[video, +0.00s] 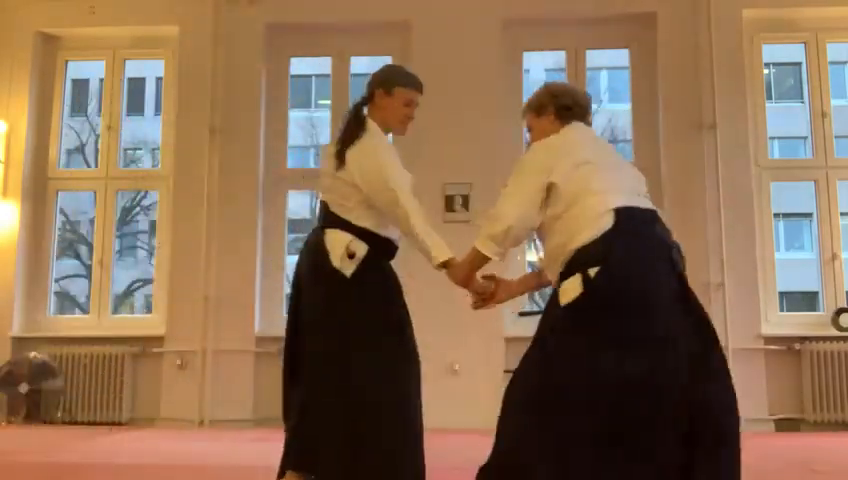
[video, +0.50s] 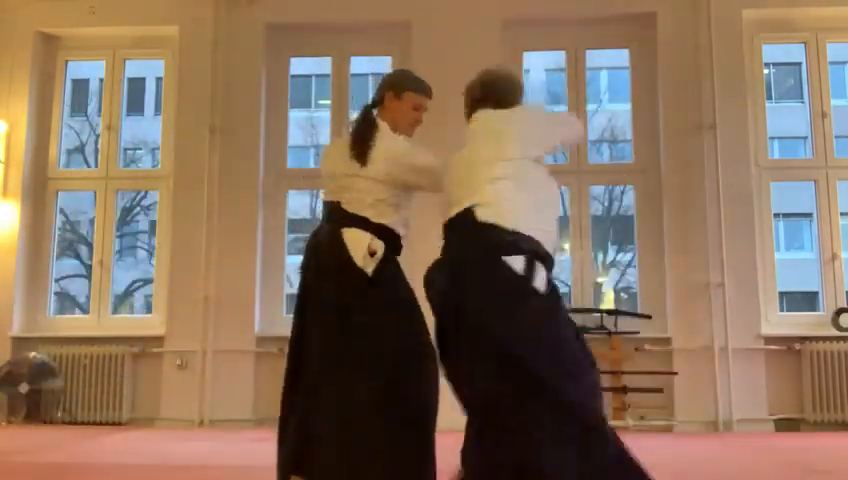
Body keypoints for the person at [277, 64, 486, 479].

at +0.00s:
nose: (413, 113)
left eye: (415, 106)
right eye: (408, 103)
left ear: (380, 101)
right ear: (379, 97)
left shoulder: (355, 137)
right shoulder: (373, 146)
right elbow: (404, 206)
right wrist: (446, 260)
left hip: (327, 260)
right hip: (354, 267)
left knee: (327, 372)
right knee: (389, 370)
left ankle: (302, 467)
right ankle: (382, 470)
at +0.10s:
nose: (418, 115)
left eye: (421, 107)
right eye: (413, 104)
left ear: (387, 100)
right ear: (385, 97)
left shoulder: (352, 135)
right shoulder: (379, 147)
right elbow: (412, 209)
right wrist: (457, 258)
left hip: (325, 258)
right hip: (357, 265)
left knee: (324, 370)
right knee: (391, 370)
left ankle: (300, 465)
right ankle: (383, 469)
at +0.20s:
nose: (420, 116)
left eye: (423, 109)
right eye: (417, 106)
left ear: (392, 101)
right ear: (389, 97)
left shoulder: (352, 135)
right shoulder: (385, 149)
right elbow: (422, 214)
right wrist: (468, 258)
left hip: (326, 260)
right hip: (361, 268)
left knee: (326, 369)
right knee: (392, 368)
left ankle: (303, 465)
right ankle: (381, 469)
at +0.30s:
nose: (423, 116)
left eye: (425, 108)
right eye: (418, 105)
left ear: (388, 101)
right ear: (392, 98)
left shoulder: (347, 139)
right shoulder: (393, 156)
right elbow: (431, 215)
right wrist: (471, 248)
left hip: (324, 262)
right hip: (363, 270)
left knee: (327, 370)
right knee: (395, 369)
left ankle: (309, 464)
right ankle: (384, 468)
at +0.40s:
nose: (422, 118)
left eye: (425, 110)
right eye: (417, 108)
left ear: (387, 104)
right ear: (391, 101)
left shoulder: (343, 142)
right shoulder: (393, 155)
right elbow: (441, 207)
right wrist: (473, 223)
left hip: (322, 263)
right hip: (363, 269)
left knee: (328, 366)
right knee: (403, 365)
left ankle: (315, 464)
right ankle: (386, 468)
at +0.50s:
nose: (421, 118)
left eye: (424, 111)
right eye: (416, 108)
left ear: (384, 105)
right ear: (389, 102)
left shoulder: (337, 146)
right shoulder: (399, 153)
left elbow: (333, 195)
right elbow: (444, 178)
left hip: (324, 258)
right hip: (368, 263)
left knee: (329, 363)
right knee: (414, 361)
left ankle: (321, 463)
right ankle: (395, 467)